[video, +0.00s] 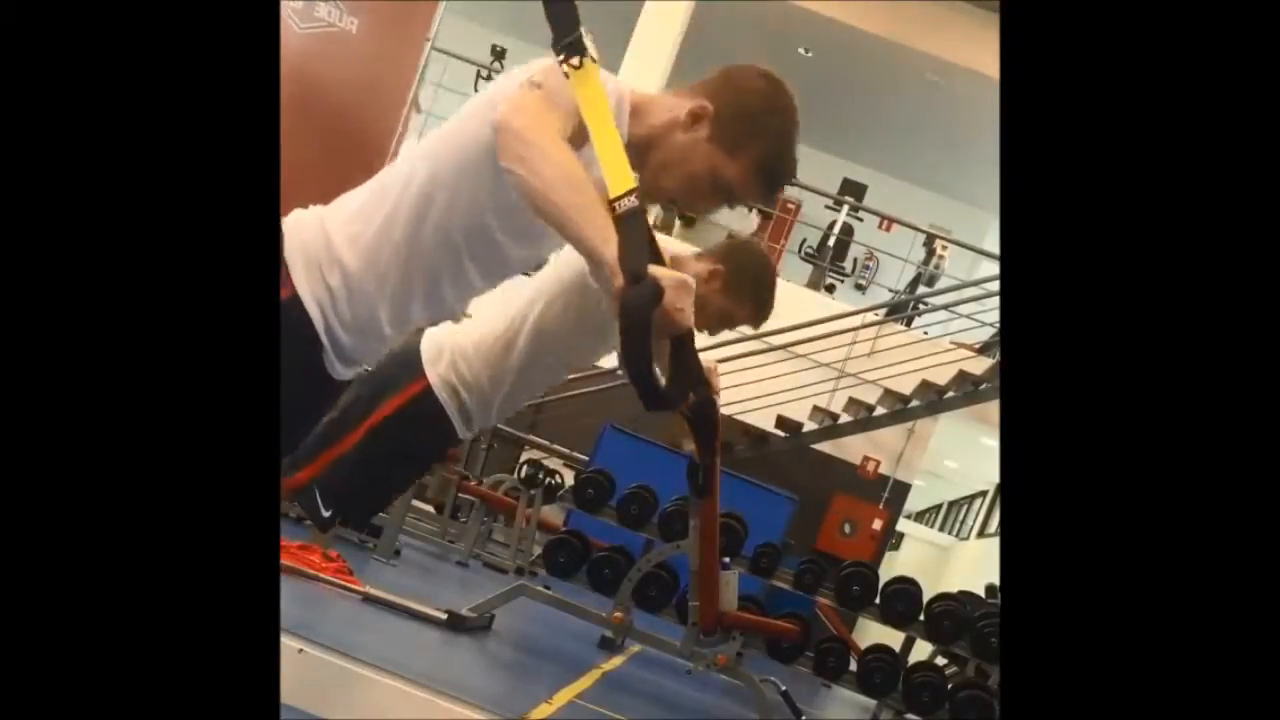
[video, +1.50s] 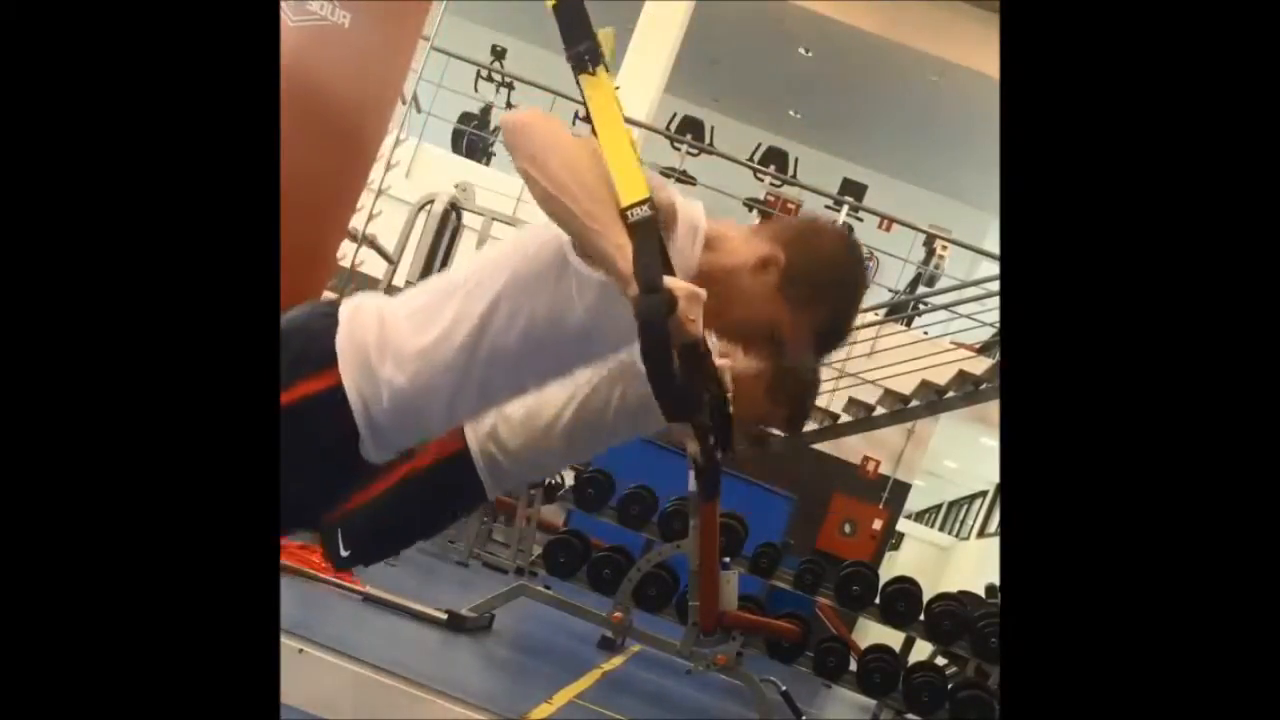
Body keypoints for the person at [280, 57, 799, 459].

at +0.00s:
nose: (704, 208)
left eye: (722, 203)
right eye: (718, 189)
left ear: (696, 120)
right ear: (697, 121)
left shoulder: (615, 174)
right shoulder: (582, 84)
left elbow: (634, 266)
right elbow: (522, 141)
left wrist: (683, 352)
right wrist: (628, 271)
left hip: (341, 357)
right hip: (297, 298)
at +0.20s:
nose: (723, 277)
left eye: (744, 273)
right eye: (740, 259)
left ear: (726, 186)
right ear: (728, 190)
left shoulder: (652, 238)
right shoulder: (630, 149)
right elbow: (521, 117)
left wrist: (673, 356)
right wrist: (636, 271)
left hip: (355, 397)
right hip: (311, 333)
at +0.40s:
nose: (740, 341)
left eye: (759, 343)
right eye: (757, 327)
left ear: (751, 253)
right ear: (754, 257)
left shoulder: (658, 276)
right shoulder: (651, 212)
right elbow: (533, 122)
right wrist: (654, 274)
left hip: (361, 429)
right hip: (325, 376)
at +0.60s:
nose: (746, 404)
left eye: (766, 405)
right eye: (768, 392)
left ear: (774, 325)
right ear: (774, 330)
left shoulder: (683, 344)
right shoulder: (659, 251)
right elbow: (538, 130)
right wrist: (628, 266)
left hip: (365, 467)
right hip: (332, 414)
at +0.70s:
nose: (757, 475)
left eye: (778, 471)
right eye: (777, 456)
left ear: (778, 366)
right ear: (779, 371)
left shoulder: (702, 410)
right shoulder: (667, 283)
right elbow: (536, 145)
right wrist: (630, 283)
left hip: (367, 491)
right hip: (335, 436)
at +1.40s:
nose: (757, 403)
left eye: (778, 402)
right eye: (776, 385)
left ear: (775, 317)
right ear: (775, 319)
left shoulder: (697, 360)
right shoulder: (665, 259)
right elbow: (532, 141)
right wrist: (640, 276)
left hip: (371, 464)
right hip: (335, 412)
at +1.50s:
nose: (748, 347)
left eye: (766, 349)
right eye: (764, 332)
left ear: (765, 257)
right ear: (766, 263)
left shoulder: (682, 312)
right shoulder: (667, 219)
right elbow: (526, 129)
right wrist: (644, 278)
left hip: (375, 432)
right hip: (337, 381)